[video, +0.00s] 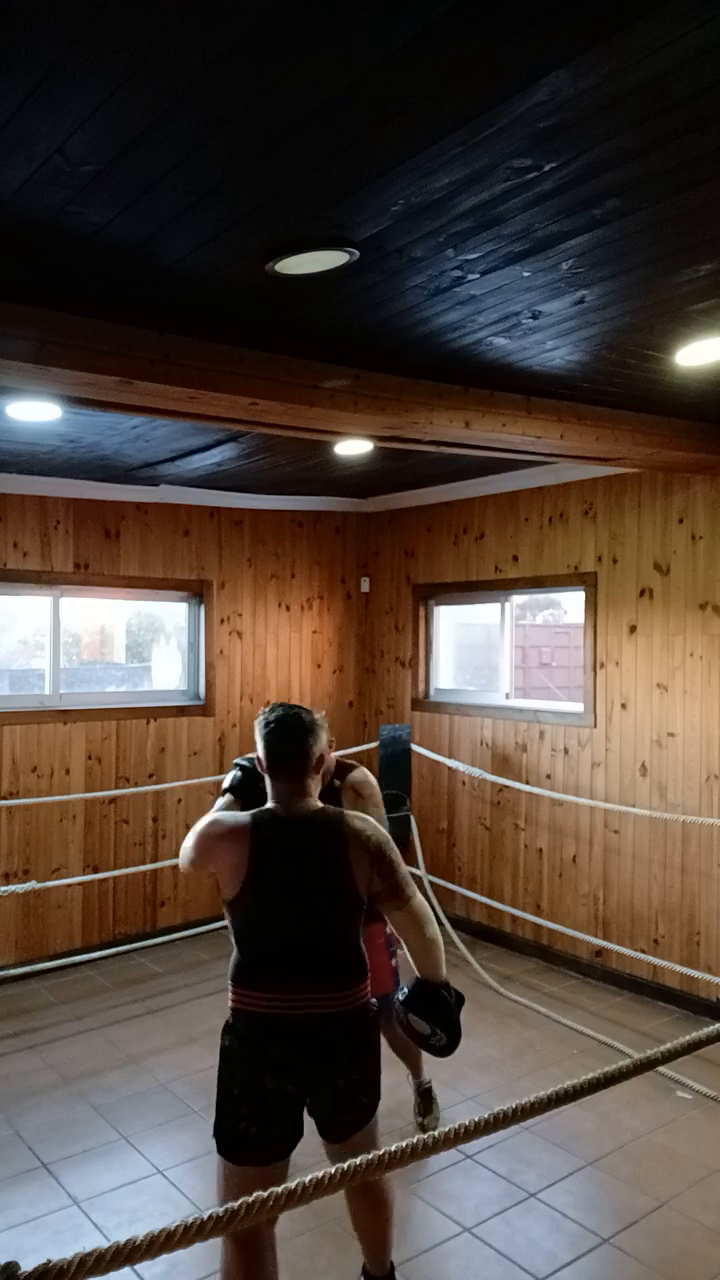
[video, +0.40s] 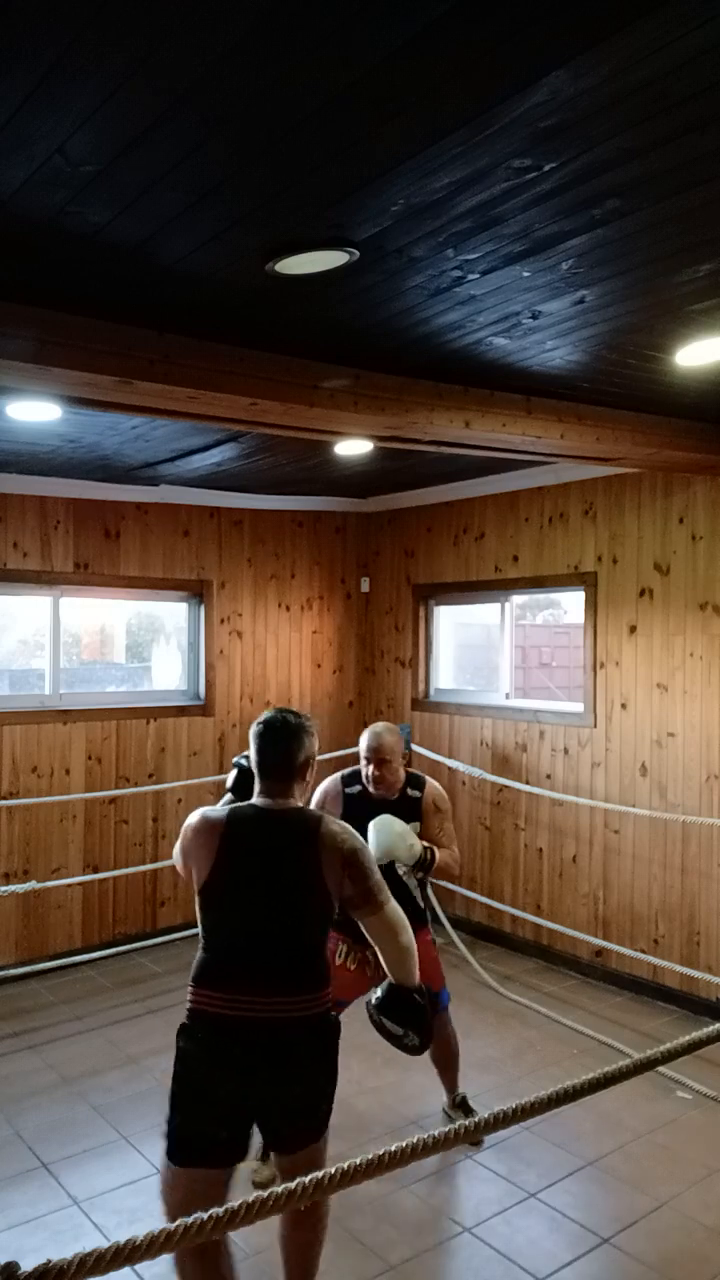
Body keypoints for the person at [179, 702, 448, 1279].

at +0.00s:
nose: (330, 758)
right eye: (328, 750)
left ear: (256, 766)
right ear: (322, 763)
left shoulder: (228, 835)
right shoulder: (362, 835)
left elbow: (193, 855)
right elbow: (409, 912)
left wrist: (231, 794)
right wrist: (435, 989)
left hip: (259, 1037)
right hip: (344, 1034)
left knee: (248, 1211)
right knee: (360, 1164)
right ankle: (380, 1270)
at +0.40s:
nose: (314, 766)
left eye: (311, 759)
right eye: (314, 759)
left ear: (251, 762)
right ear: (307, 767)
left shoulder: (202, 828)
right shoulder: (335, 840)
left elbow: (188, 869)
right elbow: (390, 929)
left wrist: (233, 796)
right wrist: (407, 994)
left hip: (214, 1040)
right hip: (303, 1040)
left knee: (191, 1208)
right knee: (303, 1182)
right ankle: (299, 1276)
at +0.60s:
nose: (307, 771)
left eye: (303, 762)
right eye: (305, 763)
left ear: (239, 766)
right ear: (296, 771)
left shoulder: (188, 826)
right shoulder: (319, 847)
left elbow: (202, 912)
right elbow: (379, 960)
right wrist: (380, 986)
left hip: (185, 1039)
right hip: (274, 1045)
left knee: (131, 1190)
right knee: (298, 1188)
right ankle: (297, 1278)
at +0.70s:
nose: (292, 776)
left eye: (290, 767)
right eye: (291, 767)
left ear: (225, 770)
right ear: (279, 775)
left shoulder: (174, 828)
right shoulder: (295, 850)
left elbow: (175, 919)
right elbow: (367, 958)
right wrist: (363, 972)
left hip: (166, 1043)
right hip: (255, 1048)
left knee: (108, 1199)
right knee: (297, 1185)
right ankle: (296, 1276)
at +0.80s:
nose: (276, 777)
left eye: (277, 768)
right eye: (274, 768)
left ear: (209, 768)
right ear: (261, 774)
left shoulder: (164, 826)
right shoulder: (275, 847)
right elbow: (342, 954)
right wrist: (366, 965)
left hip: (153, 1042)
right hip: (238, 1050)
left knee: (102, 1199)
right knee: (284, 1181)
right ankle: (291, 1275)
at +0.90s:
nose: (266, 772)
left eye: (265, 761)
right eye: (263, 762)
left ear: (198, 765)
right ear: (248, 770)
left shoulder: (156, 822)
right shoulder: (259, 840)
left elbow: (180, 913)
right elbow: (318, 946)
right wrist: (355, 973)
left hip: (145, 1034)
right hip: (228, 1043)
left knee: (98, 1196)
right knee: (282, 1182)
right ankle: (292, 1275)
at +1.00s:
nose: (238, 763)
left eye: (236, 754)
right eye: (237, 754)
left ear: (175, 759)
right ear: (226, 763)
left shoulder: (132, 823)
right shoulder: (241, 836)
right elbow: (291, 933)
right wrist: (342, 972)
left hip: (134, 1036)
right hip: (220, 1042)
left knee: (93, 1200)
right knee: (275, 1189)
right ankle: (290, 1275)